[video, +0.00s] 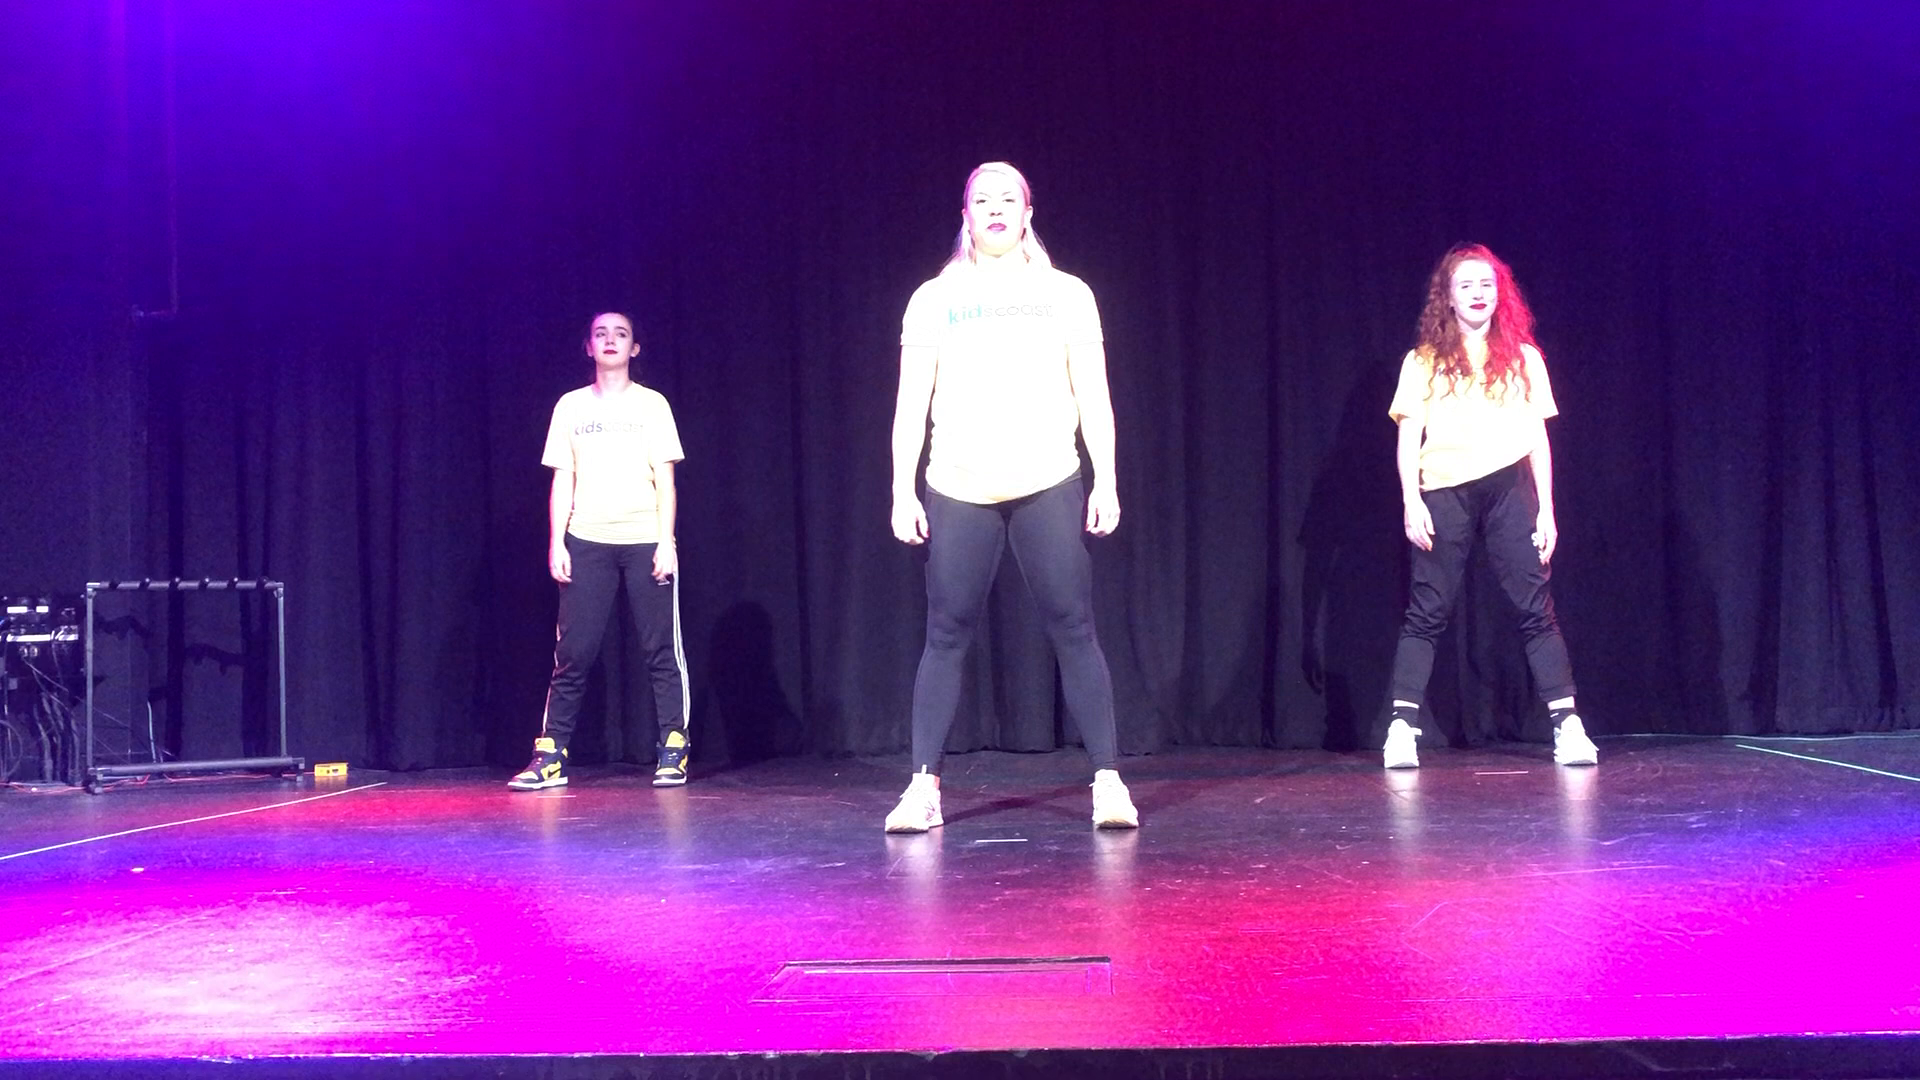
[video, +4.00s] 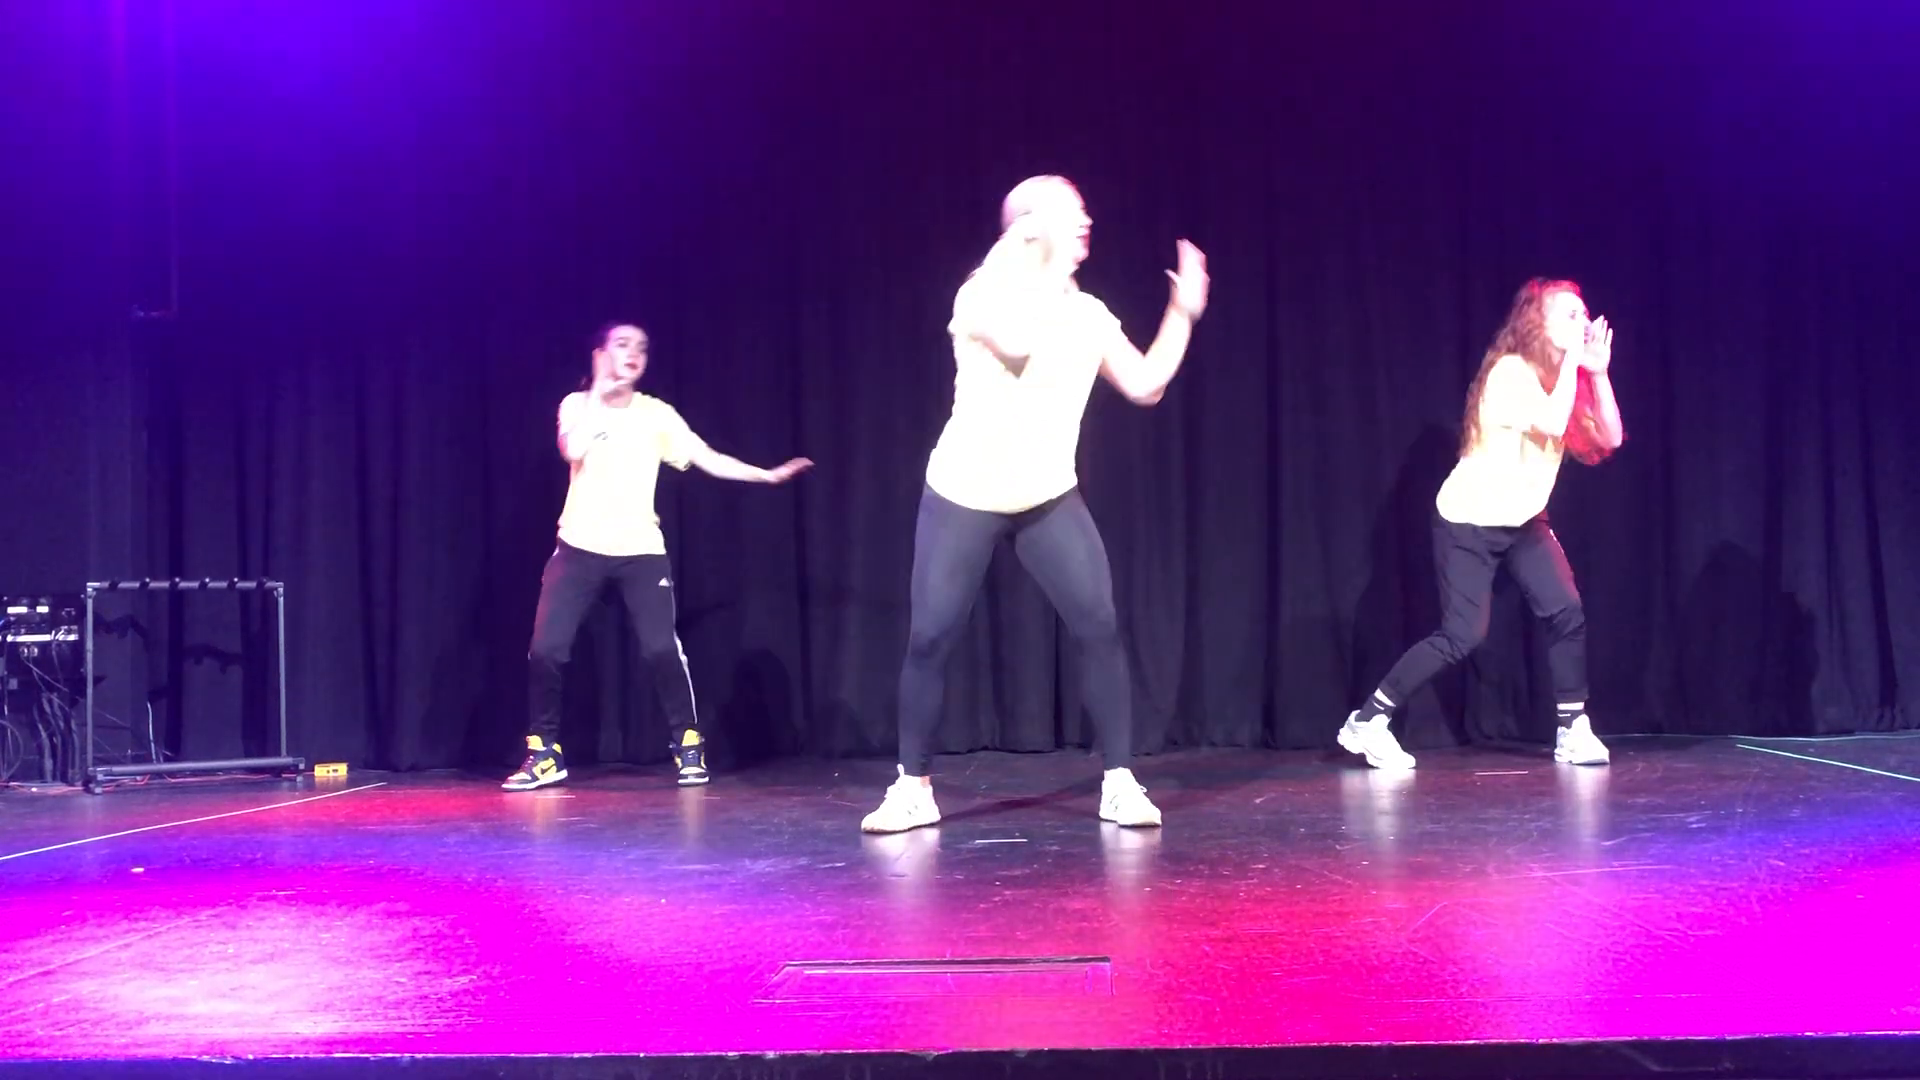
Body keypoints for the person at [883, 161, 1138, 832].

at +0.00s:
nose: (996, 210)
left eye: (1007, 200)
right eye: (984, 200)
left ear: (1028, 212)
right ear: (966, 213)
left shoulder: (1069, 294)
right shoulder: (931, 300)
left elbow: (1093, 392)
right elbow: (912, 402)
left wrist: (1105, 478)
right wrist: (903, 488)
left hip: (1049, 482)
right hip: (960, 485)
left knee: (1073, 624)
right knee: (946, 627)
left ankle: (1107, 777)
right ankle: (923, 783)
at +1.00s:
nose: (995, 211)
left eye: (1006, 201)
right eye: (983, 201)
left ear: (1027, 212)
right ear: (965, 213)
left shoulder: (1068, 296)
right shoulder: (932, 301)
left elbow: (1090, 393)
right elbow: (912, 403)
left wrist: (1103, 480)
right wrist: (903, 488)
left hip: (1048, 482)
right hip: (960, 486)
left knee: (1073, 623)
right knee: (947, 628)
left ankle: (1106, 777)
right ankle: (923, 783)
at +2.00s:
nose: (999, 209)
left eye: (1010, 199)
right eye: (987, 199)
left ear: (1030, 209)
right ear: (967, 210)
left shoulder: (1070, 294)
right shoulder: (932, 299)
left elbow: (1092, 394)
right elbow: (911, 402)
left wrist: (1106, 483)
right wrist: (904, 488)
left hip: (1050, 482)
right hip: (961, 486)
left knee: (1074, 624)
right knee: (947, 629)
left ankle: (1108, 780)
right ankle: (924, 783)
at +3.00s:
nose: (870, 274)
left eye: (884, 261)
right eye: (872, 264)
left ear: (928, 273)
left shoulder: (973, 346)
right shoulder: (902, 358)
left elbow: (1011, 447)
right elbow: (826, 406)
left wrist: (1034, 539)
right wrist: (852, 332)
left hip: (1007, 518)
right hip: (946, 526)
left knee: (1024, 659)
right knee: (892, 638)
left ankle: (1141, 768)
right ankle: (915, 792)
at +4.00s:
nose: (1088, 221)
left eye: (1085, 210)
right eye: (1074, 208)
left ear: (1072, 227)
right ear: (1032, 220)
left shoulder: (1085, 311)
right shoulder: (986, 288)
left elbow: (1145, 383)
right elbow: (1011, 344)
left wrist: (1182, 312)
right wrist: (1025, 249)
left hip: (1049, 494)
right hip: (965, 491)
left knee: (1098, 622)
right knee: (930, 634)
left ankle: (1119, 781)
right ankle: (912, 787)